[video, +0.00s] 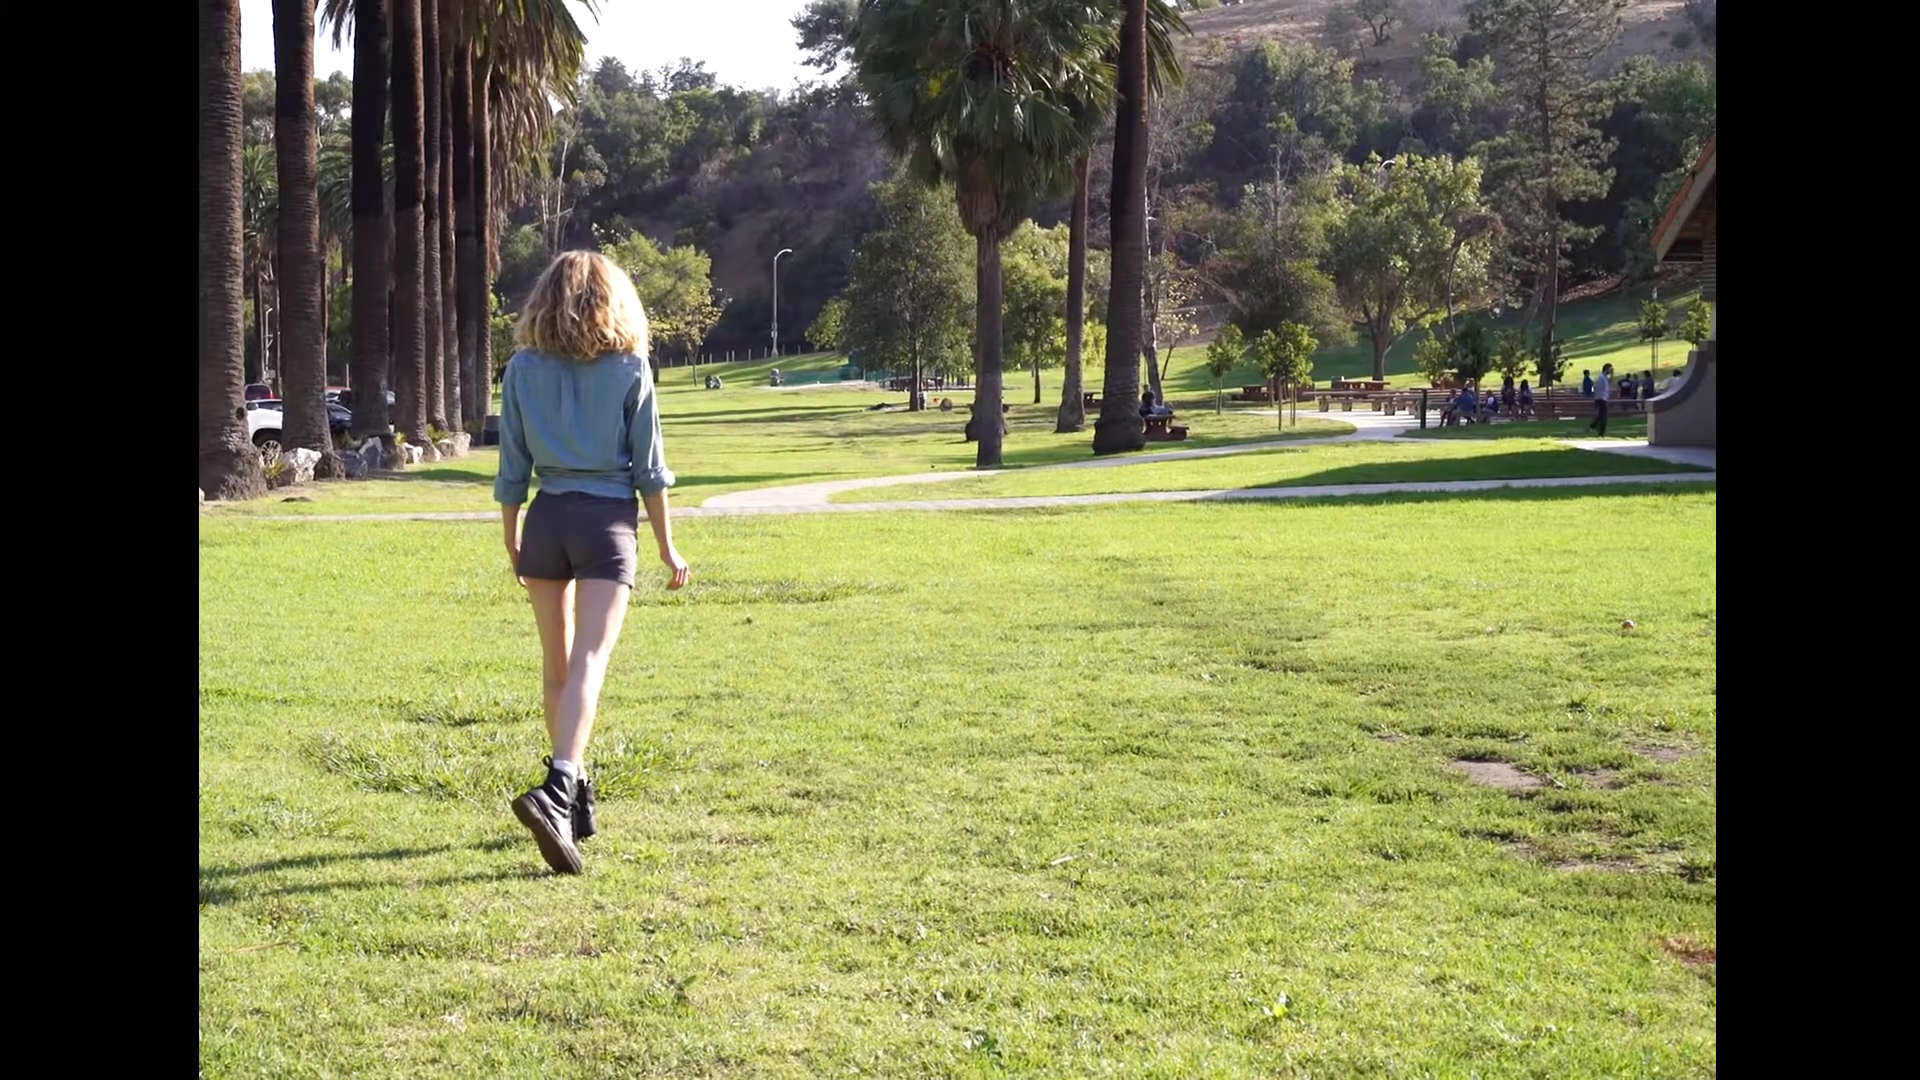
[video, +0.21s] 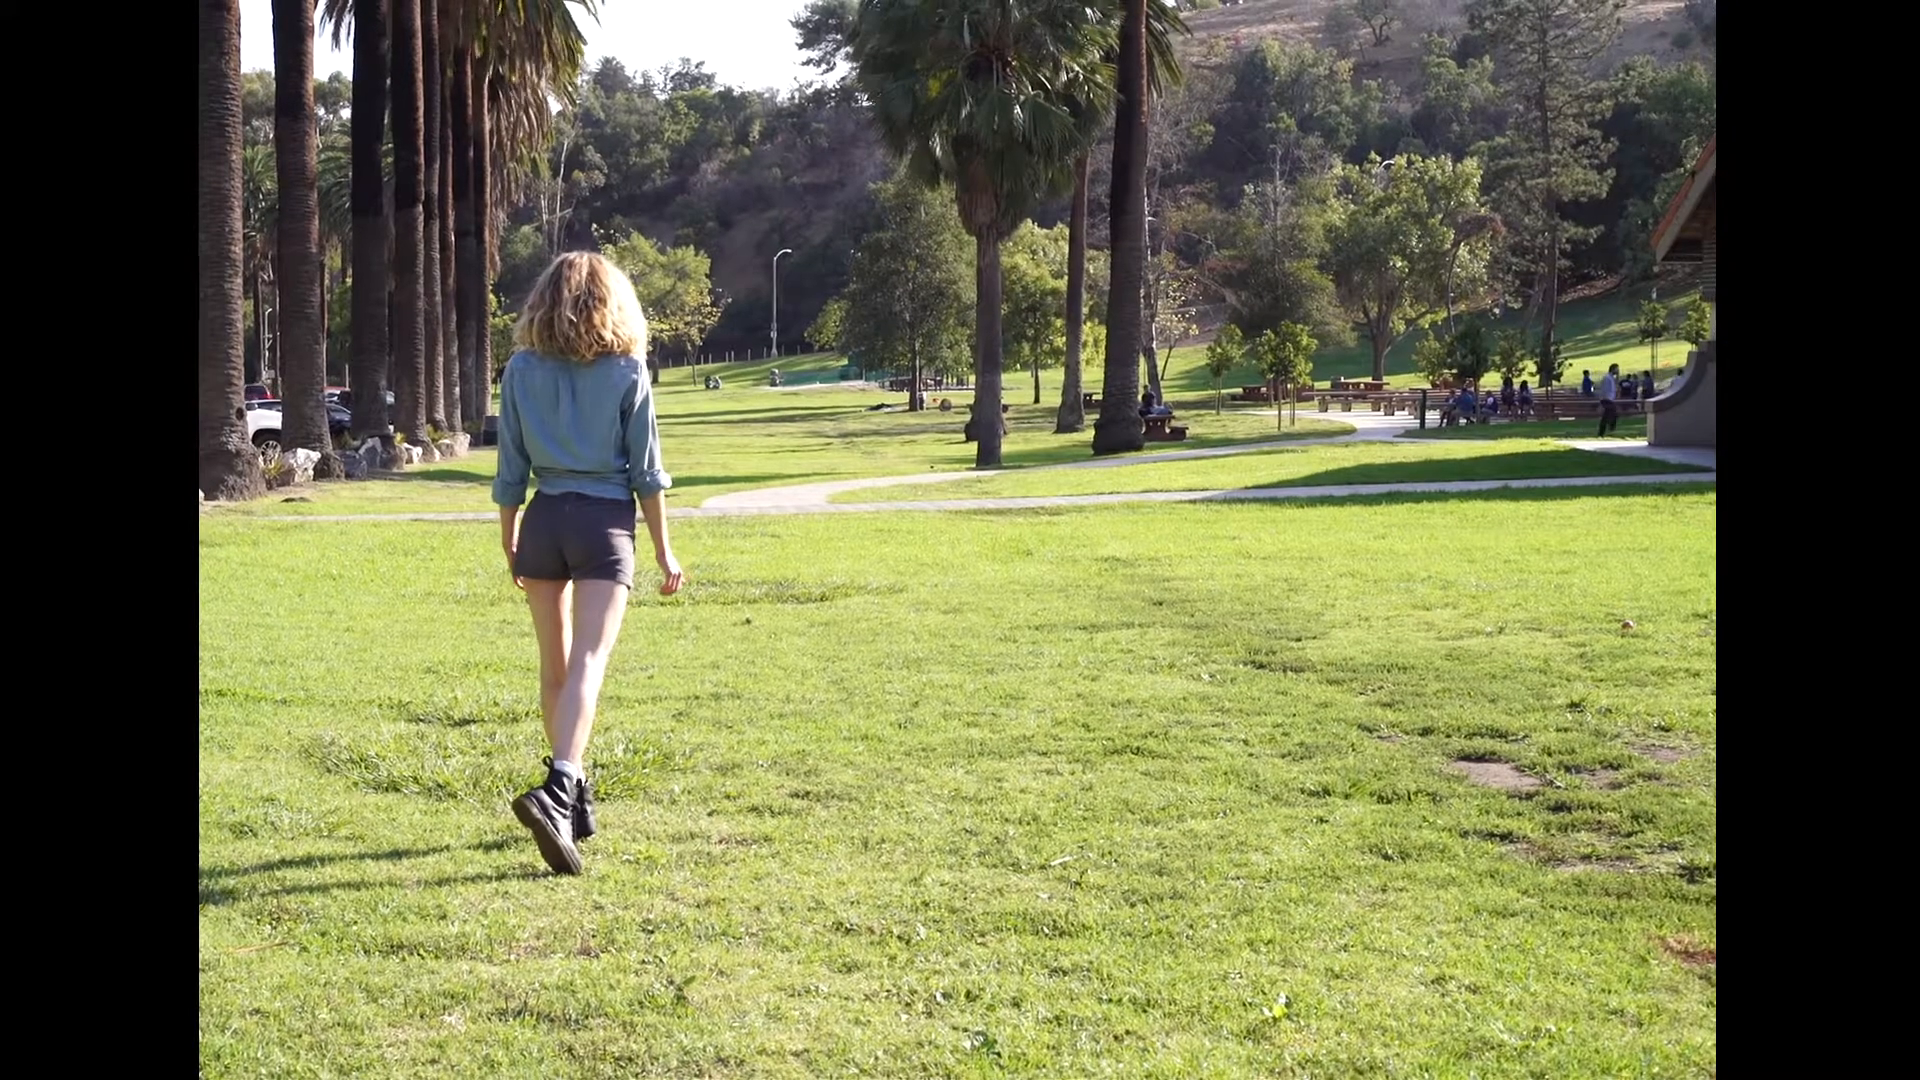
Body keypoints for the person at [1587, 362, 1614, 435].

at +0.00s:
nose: (1610, 371)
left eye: (1611, 369)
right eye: (1610, 369)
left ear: (1605, 369)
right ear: (1606, 369)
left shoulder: (1605, 378)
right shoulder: (1601, 378)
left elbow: (1610, 381)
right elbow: (1597, 389)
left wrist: (1612, 374)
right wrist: (1598, 398)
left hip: (1604, 399)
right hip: (1601, 399)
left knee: (1602, 416)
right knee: (1603, 416)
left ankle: (1592, 426)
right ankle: (1601, 433)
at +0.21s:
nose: (1617, 371)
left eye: (1617, 369)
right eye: (1616, 369)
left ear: (1612, 369)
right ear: (1613, 369)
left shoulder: (1612, 378)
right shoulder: (1607, 378)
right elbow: (1605, 390)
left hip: (1610, 399)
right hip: (1606, 400)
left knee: (1605, 417)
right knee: (1613, 415)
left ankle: (1601, 433)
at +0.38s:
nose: (1624, 372)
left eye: (1623, 370)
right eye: (1622, 370)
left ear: (1618, 371)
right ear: (1619, 371)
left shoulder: (1618, 379)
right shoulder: (1614, 379)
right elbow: (1611, 390)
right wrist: (1612, 399)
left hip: (1616, 400)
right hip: (1612, 401)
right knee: (1606, 417)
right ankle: (1601, 433)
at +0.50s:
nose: (1629, 373)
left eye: (1629, 371)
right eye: (1628, 371)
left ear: (1623, 371)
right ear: (1625, 371)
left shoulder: (1622, 380)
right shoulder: (1621, 380)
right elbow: (1620, 391)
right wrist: (1622, 399)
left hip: (1617, 400)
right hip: (1619, 400)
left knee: (1610, 416)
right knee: (1625, 416)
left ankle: (1602, 432)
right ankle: (1631, 432)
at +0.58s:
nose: (1633, 372)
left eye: (1633, 371)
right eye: (1632, 370)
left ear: (1628, 370)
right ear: (1629, 371)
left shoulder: (1628, 379)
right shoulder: (1624, 379)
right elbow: (1622, 390)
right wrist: (1626, 399)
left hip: (1625, 400)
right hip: (1622, 400)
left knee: (1616, 416)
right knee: (1630, 416)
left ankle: (1605, 431)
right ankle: (1631, 433)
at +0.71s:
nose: (1637, 371)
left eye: (1637, 369)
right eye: (1636, 369)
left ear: (1632, 369)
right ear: (1633, 369)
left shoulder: (1629, 376)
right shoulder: (1629, 377)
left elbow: (1620, 385)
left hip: (1627, 399)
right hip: (1627, 399)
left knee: (1627, 415)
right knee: (1630, 416)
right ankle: (1632, 433)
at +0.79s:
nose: (1639, 370)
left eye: (1639, 368)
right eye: (1639, 368)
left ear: (1633, 367)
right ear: (1637, 368)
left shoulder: (1629, 375)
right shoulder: (1634, 376)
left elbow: (1626, 386)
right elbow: (1632, 387)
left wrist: (1627, 395)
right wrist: (1630, 396)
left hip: (1627, 398)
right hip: (1631, 399)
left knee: (1630, 417)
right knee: (1632, 417)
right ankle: (1632, 433)